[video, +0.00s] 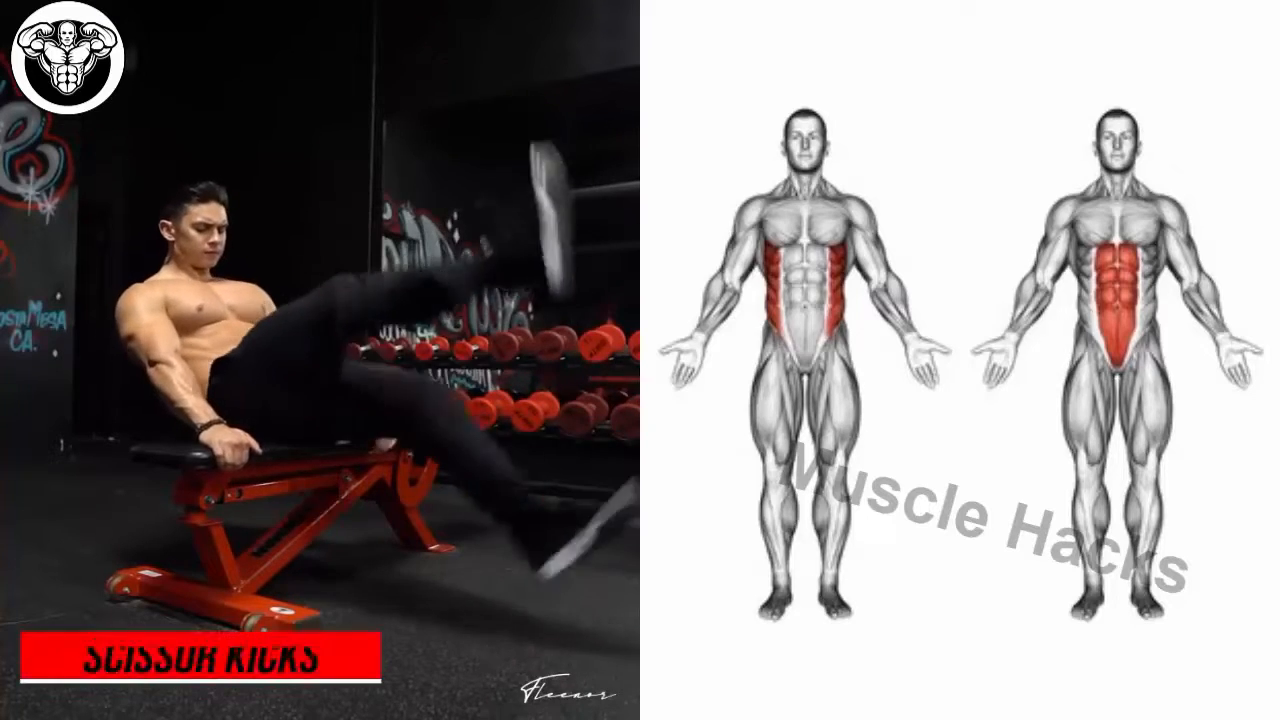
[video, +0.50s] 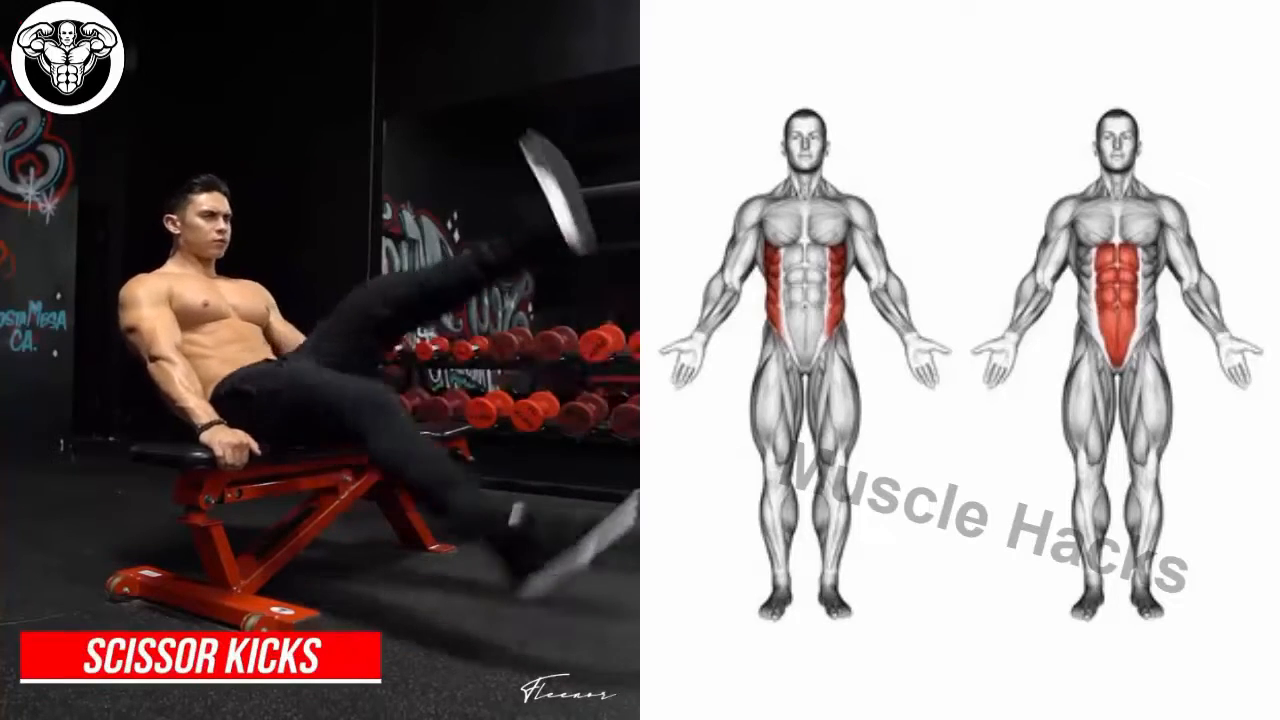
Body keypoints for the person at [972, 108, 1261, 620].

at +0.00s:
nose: (1116, 145)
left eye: (1124, 138)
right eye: (1109, 137)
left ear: (1137, 146)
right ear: (1097, 145)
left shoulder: (1164, 211)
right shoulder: (1070, 211)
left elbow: (1193, 282)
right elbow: (1041, 282)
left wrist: (1221, 335)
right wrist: (1012, 336)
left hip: (1144, 355)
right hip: (1089, 354)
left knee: (1145, 467)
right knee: (1088, 466)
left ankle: (1141, 582)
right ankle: (1092, 583)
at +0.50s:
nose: (1116, 145)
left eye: (1124, 138)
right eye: (1109, 137)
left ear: (1137, 146)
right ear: (1097, 145)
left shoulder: (1164, 211)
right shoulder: (1070, 211)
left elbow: (1193, 282)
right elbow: (1041, 282)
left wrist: (1221, 335)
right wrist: (1012, 336)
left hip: (1144, 355)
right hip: (1089, 354)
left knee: (1145, 466)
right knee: (1088, 466)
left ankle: (1141, 582)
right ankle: (1092, 583)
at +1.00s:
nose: (1116, 145)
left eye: (1124, 138)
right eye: (1109, 137)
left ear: (1137, 146)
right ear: (1097, 145)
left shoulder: (1164, 211)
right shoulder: (1070, 211)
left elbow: (1193, 282)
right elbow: (1041, 282)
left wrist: (1221, 335)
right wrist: (1012, 336)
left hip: (1144, 355)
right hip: (1089, 354)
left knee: (1145, 466)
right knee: (1088, 467)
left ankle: (1141, 582)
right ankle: (1092, 583)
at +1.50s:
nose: (1116, 145)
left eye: (1124, 137)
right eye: (1109, 137)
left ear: (1137, 146)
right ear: (1097, 145)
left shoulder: (1164, 211)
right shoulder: (1070, 211)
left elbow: (1193, 282)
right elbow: (1041, 282)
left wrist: (1221, 335)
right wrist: (1012, 336)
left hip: (1144, 355)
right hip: (1089, 354)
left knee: (1145, 466)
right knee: (1088, 466)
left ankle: (1141, 582)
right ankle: (1092, 583)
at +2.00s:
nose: (1116, 145)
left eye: (1124, 138)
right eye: (1109, 137)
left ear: (1137, 146)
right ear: (1097, 145)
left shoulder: (1164, 211)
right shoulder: (1070, 211)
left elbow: (1193, 282)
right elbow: (1041, 282)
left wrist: (1221, 335)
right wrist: (1012, 336)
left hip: (1144, 355)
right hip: (1089, 354)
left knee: (1145, 466)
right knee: (1088, 466)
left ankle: (1141, 582)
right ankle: (1092, 583)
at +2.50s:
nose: (1116, 145)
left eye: (1124, 138)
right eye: (1109, 137)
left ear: (1137, 146)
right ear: (1097, 145)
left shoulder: (1164, 211)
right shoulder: (1070, 211)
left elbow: (1193, 282)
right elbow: (1041, 282)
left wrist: (1221, 335)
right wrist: (1012, 336)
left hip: (1144, 355)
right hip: (1089, 354)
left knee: (1145, 466)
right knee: (1088, 466)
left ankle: (1141, 582)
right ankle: (1092, 583)